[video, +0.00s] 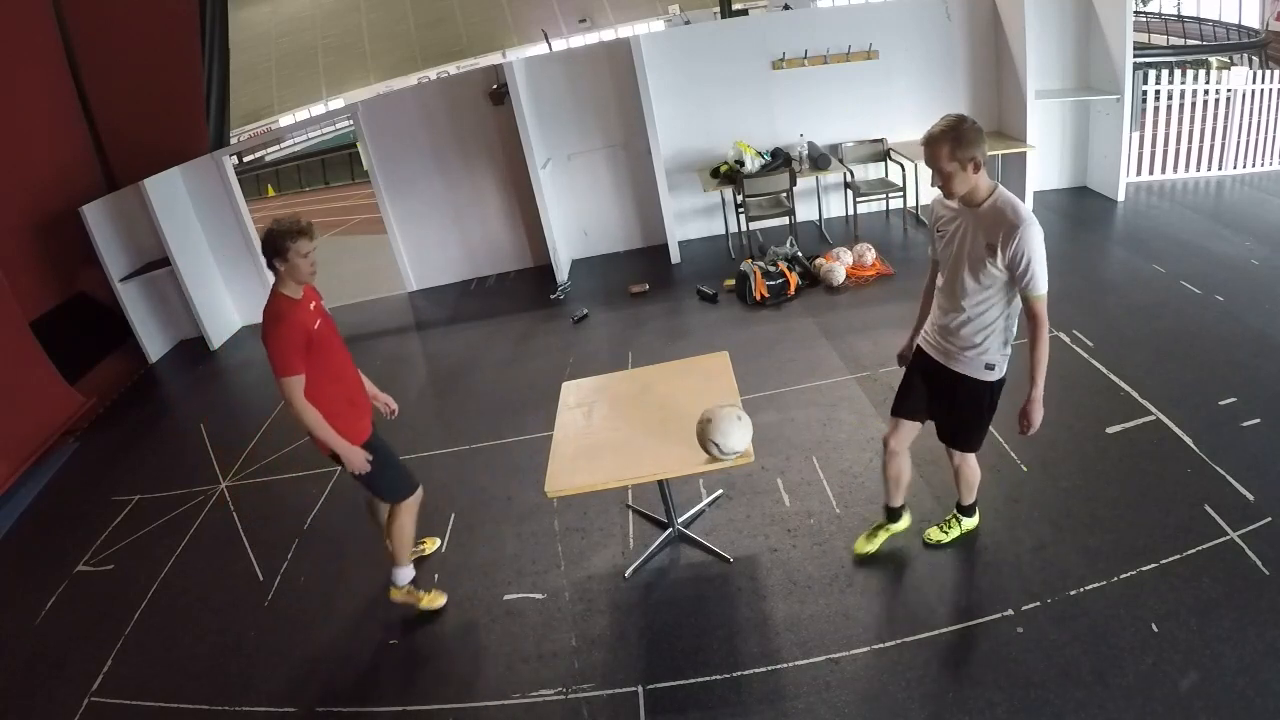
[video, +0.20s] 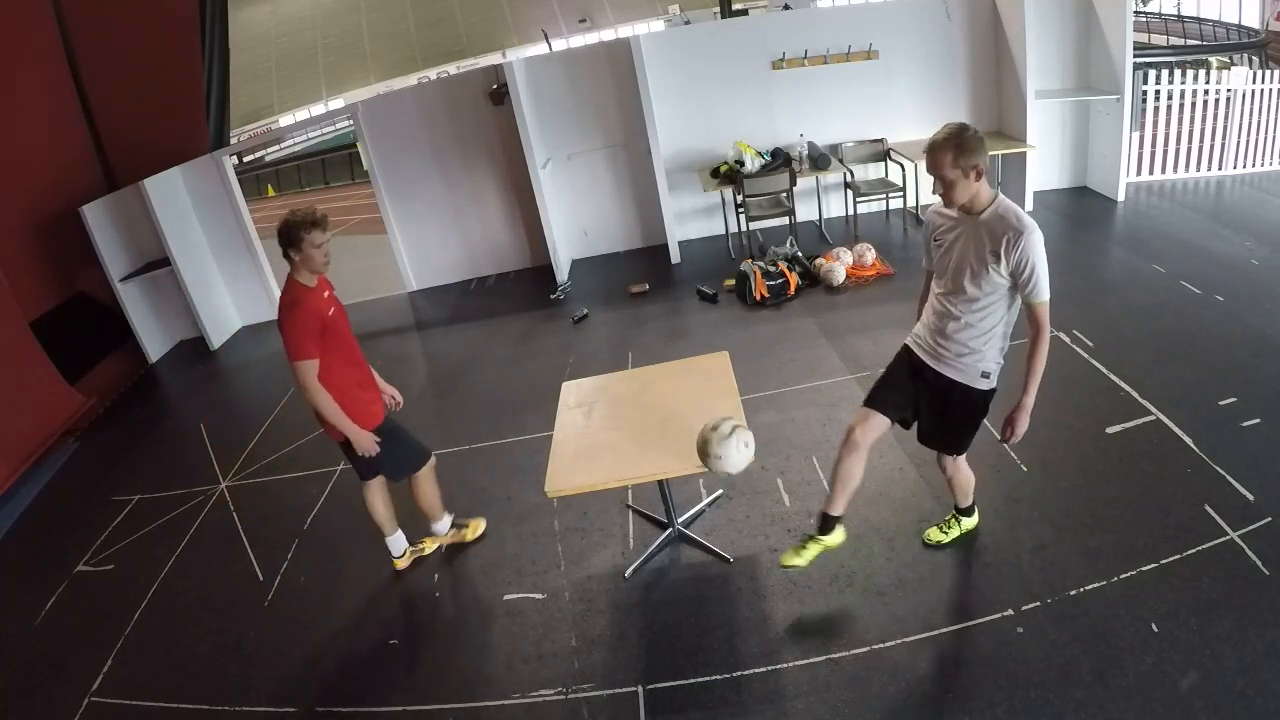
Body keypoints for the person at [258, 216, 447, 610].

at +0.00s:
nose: (313, 260)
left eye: (313, 252)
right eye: (303, 256)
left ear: (312, 251)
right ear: (279, 265)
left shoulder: (307, 292)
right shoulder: (281, 322)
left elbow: (334, 352)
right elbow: (295, 400)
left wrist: (371, 391)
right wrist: (343, 448)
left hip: (356, 415)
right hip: (344, 433)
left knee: (380, 489)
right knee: (408, 493)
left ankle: (398, 547)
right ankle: (402, 583)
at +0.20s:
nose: (326, 251)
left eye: (326, 243)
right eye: (317, 246)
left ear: (326, 241)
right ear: (294, 254)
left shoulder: (318, 283)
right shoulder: (297, 309)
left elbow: (342, 346)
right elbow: (308, 385)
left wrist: (377, 382)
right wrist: (353, 432)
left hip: (360, 403)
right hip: (358, 418)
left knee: (373, 480)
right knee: (421, 461)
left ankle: (400, 551)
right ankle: (443, 528)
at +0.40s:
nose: (348, 246)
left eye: (348, 239)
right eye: (339, 242)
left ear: (346, 237)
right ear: (317, 249)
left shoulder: (336, 277)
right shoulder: (325, 301)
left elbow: (364, 347)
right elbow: (340, 377)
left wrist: (393, 387)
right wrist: (372, 432)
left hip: (373, 399)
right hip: (381, 405)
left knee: (379, 473)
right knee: (432, 449)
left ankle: (399, 550)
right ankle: (462, 498)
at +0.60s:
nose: (375, 231)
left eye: (375, 223)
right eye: (364, 227)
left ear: (375, 222)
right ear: (342, 235)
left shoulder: (356, 258)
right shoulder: (356, 284)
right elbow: (372, 357)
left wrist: (413, 368)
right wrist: (407, 409)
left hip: (398, 380)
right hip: (407, 385)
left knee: (410, 447)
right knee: (441, 439)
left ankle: (403, 528)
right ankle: (464, 497)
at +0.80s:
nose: (398, 222)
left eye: (398, 214)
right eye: (389, 218)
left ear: (399, 210)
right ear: (365, 224)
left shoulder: (382, 248)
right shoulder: (375, 271)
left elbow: (405, 304)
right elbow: (399, 342)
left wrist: (435, 329)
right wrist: (448, 376)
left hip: (421, 359)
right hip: (413, 371)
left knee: (444, 424)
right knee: (451, 429)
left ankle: (435, 485)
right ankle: (461, 495)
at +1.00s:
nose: (415, 214)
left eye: (416, 206)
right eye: (406, 210)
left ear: (415, 204)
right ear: (384, 215)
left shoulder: (410, 239)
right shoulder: (389, 262)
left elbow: (431, 296)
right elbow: (408, 332)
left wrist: (457, 327)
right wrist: (462, 356)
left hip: (447, 348)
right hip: (427, 363)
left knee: (475, 396)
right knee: (455, 428)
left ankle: (500, 446)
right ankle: (462, 495)